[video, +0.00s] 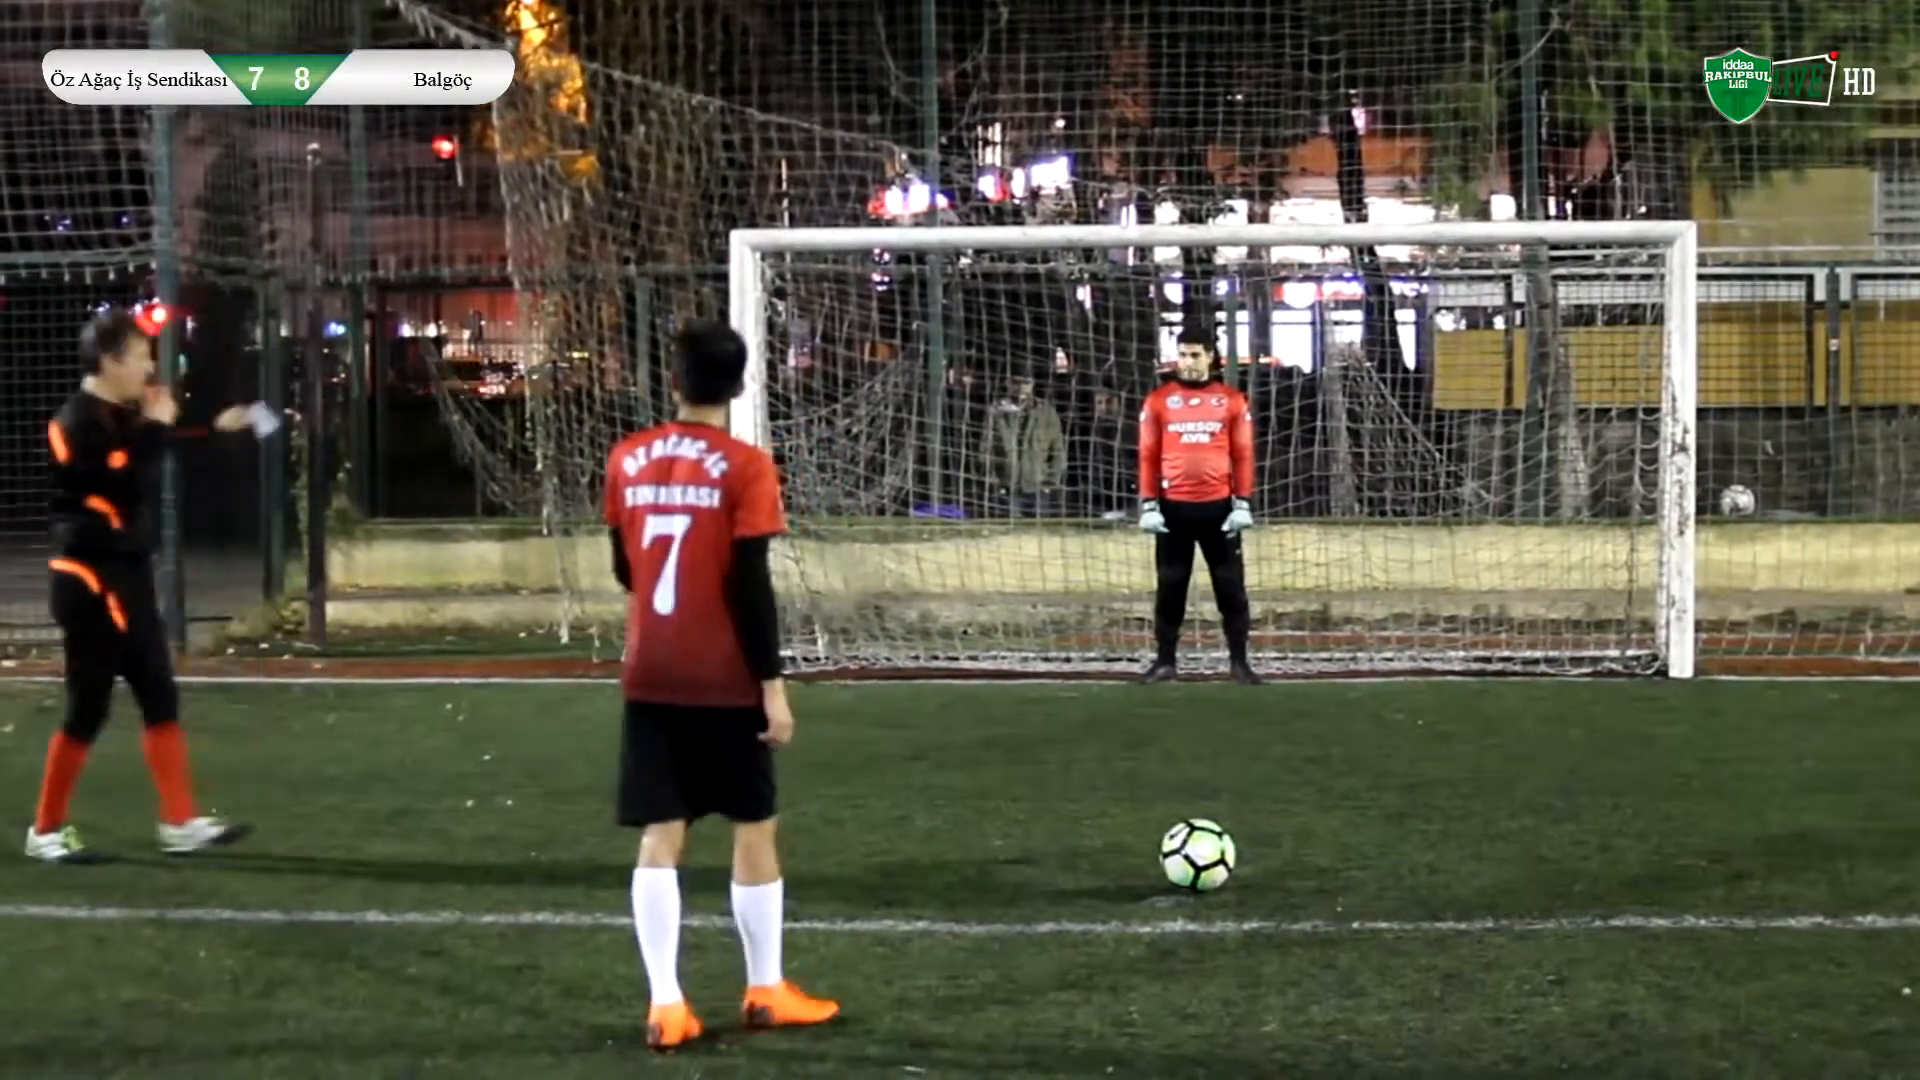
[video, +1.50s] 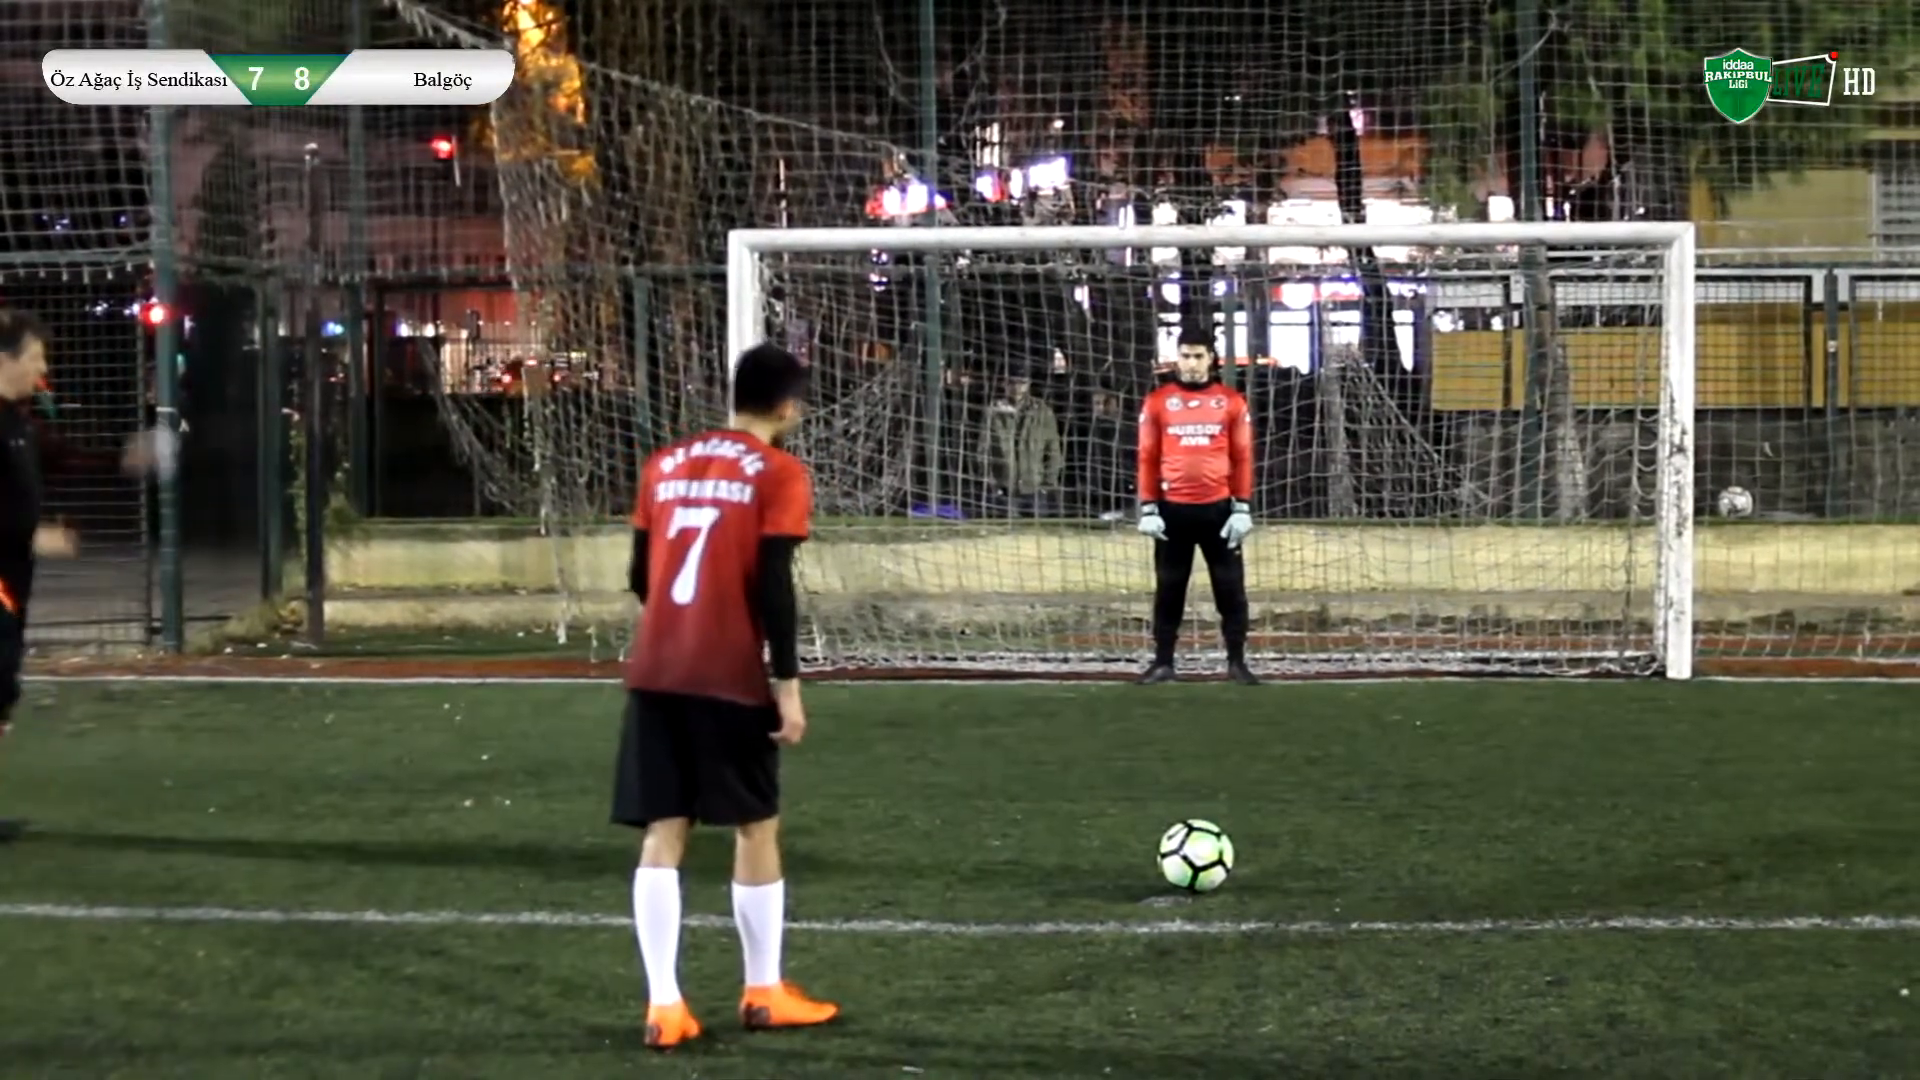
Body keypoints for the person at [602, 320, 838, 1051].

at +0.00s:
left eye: (697, 371)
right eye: (735, 379)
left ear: (677, 380)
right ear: (740, 385)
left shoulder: (628, 457)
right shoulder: (749, 465)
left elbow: (628, 571)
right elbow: (750, 582)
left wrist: (692, 592)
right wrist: (771, 680)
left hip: (650, 678)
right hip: (728, 679)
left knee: (661, 830)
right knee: (756, 825)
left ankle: (665, 1001)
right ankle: (768, 986)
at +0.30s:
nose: (729, 387)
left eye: (691, 372)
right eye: (738, 378)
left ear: (677, 380)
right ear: (741, 385)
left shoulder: (627, 459)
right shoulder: (747, 464)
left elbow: (617, 576)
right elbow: (752, 574)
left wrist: (611, 659)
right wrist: (776, 674)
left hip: (648, 677)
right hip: (727, 679)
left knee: (660, 828)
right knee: (751, 826)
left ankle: (663, 999)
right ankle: (764, 986)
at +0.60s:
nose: (751, 395)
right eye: (754, 385)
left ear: (683, 385)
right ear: (748, 391)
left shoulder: (634, 460)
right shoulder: (751, 467)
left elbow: (589, 565)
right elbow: (756, 575)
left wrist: (569, 659)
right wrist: (781, 675)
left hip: (650, 681)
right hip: (731, 681)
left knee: (661, 831)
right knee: (754, 829)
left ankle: (663, 1003)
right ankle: (764, 988)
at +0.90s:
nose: (767, 399)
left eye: (758, 386)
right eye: (768, 390)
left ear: (698, 386)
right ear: (759, 395)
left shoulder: (641, 459)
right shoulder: (760, 470)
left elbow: (605, 567)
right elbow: (760, 579)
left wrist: (584, 662)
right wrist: (779, 679)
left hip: (650, 680)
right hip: (729, 682)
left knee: (659, 832)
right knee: (754, 829)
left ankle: (662, 1004)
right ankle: (764, 988)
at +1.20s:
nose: (782, 407)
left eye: (781, 397)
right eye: (782, 398)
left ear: (713, 393)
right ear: (772, 400)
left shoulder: (649, 461)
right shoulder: (767, 472)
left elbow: (626, 574)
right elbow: (764, 583)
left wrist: (649, 650)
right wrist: (781, 680)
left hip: (650, 675)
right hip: (728, 677)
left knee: (660, 828)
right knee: (755, 827)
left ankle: (662, 1004)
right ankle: (764, 988)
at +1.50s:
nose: (799, 415)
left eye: (797, 403)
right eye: (798, 404)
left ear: (735, 396)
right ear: (785, 406)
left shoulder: (666, 462)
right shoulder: (781, 473)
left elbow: (641, 577)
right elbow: (772, 578)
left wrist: (693, 625)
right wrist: (788, 679)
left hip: (655, 670)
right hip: (732, 675)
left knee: (663, 828)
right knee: (757, 826)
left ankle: (663, 1002)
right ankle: (765, 987)